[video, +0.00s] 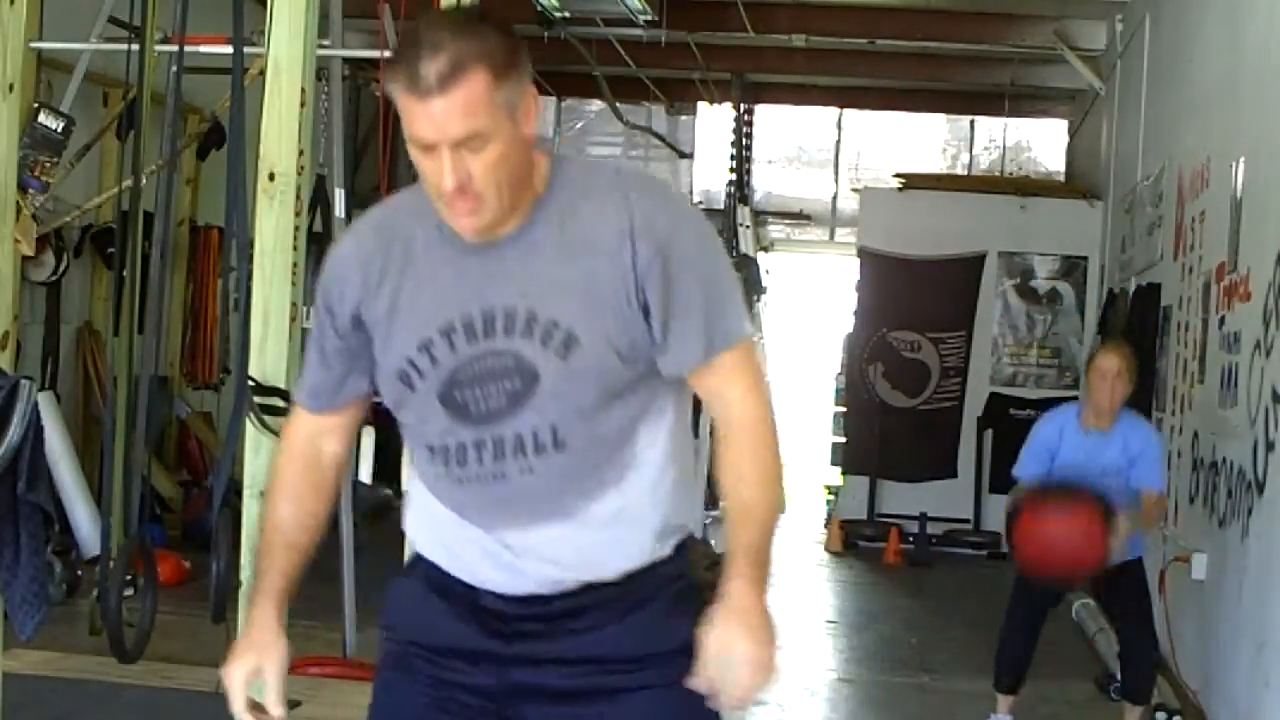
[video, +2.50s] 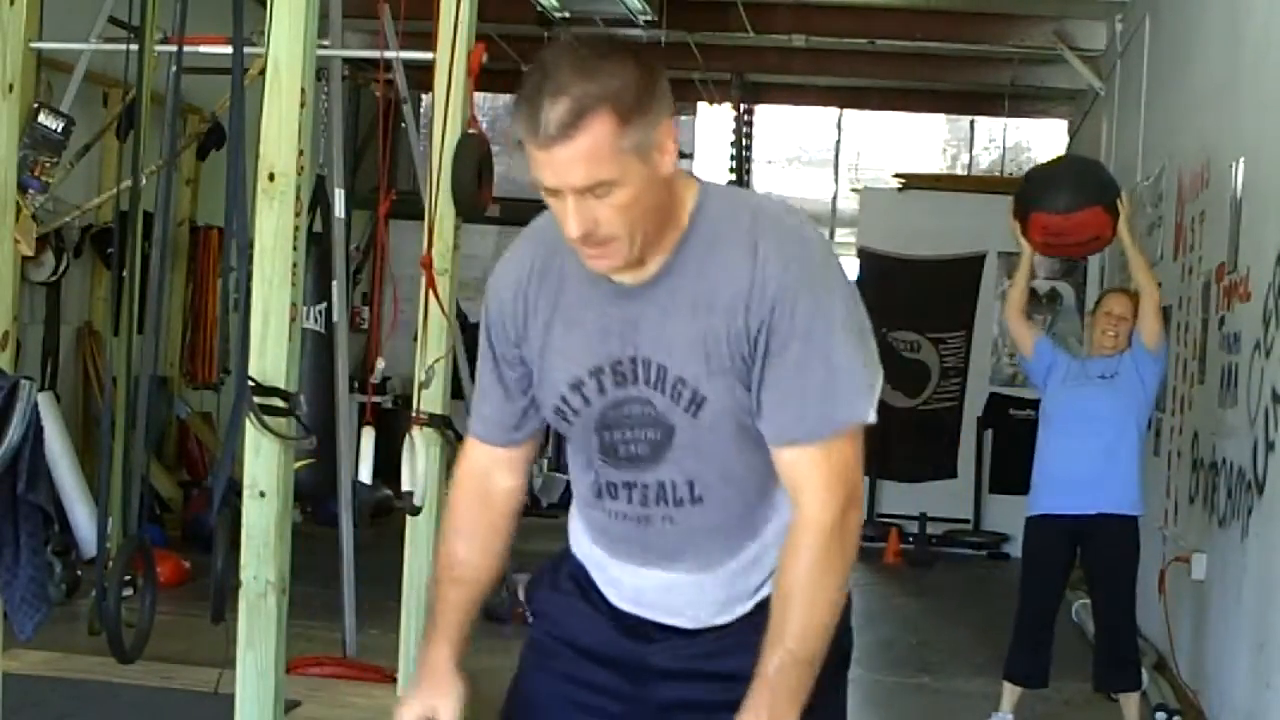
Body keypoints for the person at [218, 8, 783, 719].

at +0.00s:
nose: (451, 176)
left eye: (472, 143)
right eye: (426, 148)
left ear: (530, 116)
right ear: (404, 132)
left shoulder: (645, 226)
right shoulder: (367, 258)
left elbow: (738, 400)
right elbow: (317, 435)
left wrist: (745, 593)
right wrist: (266, 612)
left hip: (631, 626)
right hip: (445, 626)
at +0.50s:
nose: (452, 121)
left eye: (476, 88)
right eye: (426, 90)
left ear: (525, 61)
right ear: (397, 74)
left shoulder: (620, 167)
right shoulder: (348, 208)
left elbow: (712, 355)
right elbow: (283, 388)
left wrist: (721, 524)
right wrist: (227, 547)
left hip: (606, 593)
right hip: (424, 600)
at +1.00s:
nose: (641, 157)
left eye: (667, 125)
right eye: (618, 124)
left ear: (725, 98)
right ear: (596, 104)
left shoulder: (825, 222)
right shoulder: (548, 223)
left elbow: (894, 434)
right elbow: (491, 409)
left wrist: (890, 633)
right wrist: (423, 575)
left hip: (751, 638)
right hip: (571, 630)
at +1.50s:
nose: (688, 164)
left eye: (720, 134)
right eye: (668, 128)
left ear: (780, 104)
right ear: (653, 96)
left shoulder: (865, 235)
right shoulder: (590, 214)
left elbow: (914, 462)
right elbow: (528, 394)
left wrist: (908, 665)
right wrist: (465, 556)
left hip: (760, 635)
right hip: (587, 620)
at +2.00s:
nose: (515, 159)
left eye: (541, 125)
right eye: (490, 126)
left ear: (598, 91)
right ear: (470, 105)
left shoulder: (706, 208)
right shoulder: (423, 226)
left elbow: (762, 419)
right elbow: (362, 409)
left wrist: (735, 606)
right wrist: (304, 584)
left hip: (657, 621)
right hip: (479, 617)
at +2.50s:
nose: (577, 225)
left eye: (601, 191)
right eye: (553, 196)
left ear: (666, 151)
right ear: (535, 173)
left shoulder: (782, 265)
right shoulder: (528, 277)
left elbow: (830, 508)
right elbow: (490, 471)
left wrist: (772, 707)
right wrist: (439, 662)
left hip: (760, 630)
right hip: (592, 620)